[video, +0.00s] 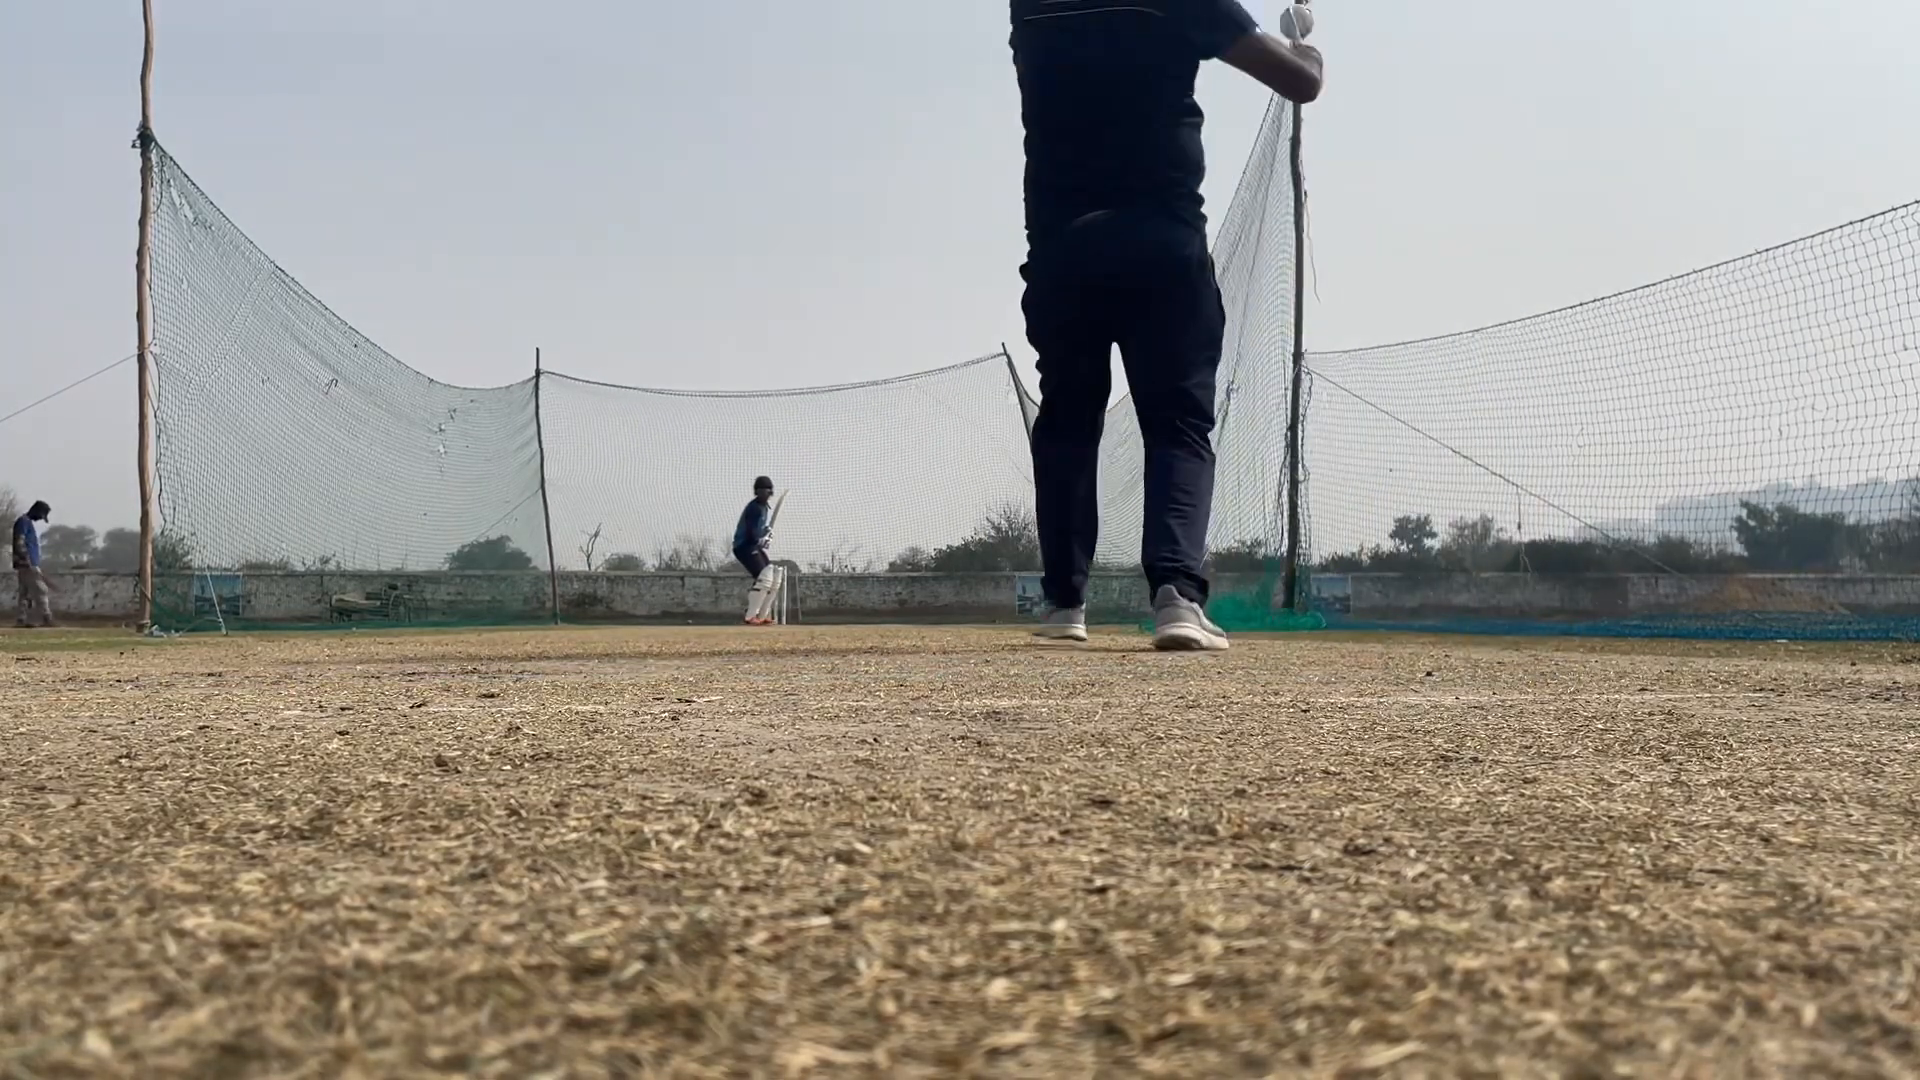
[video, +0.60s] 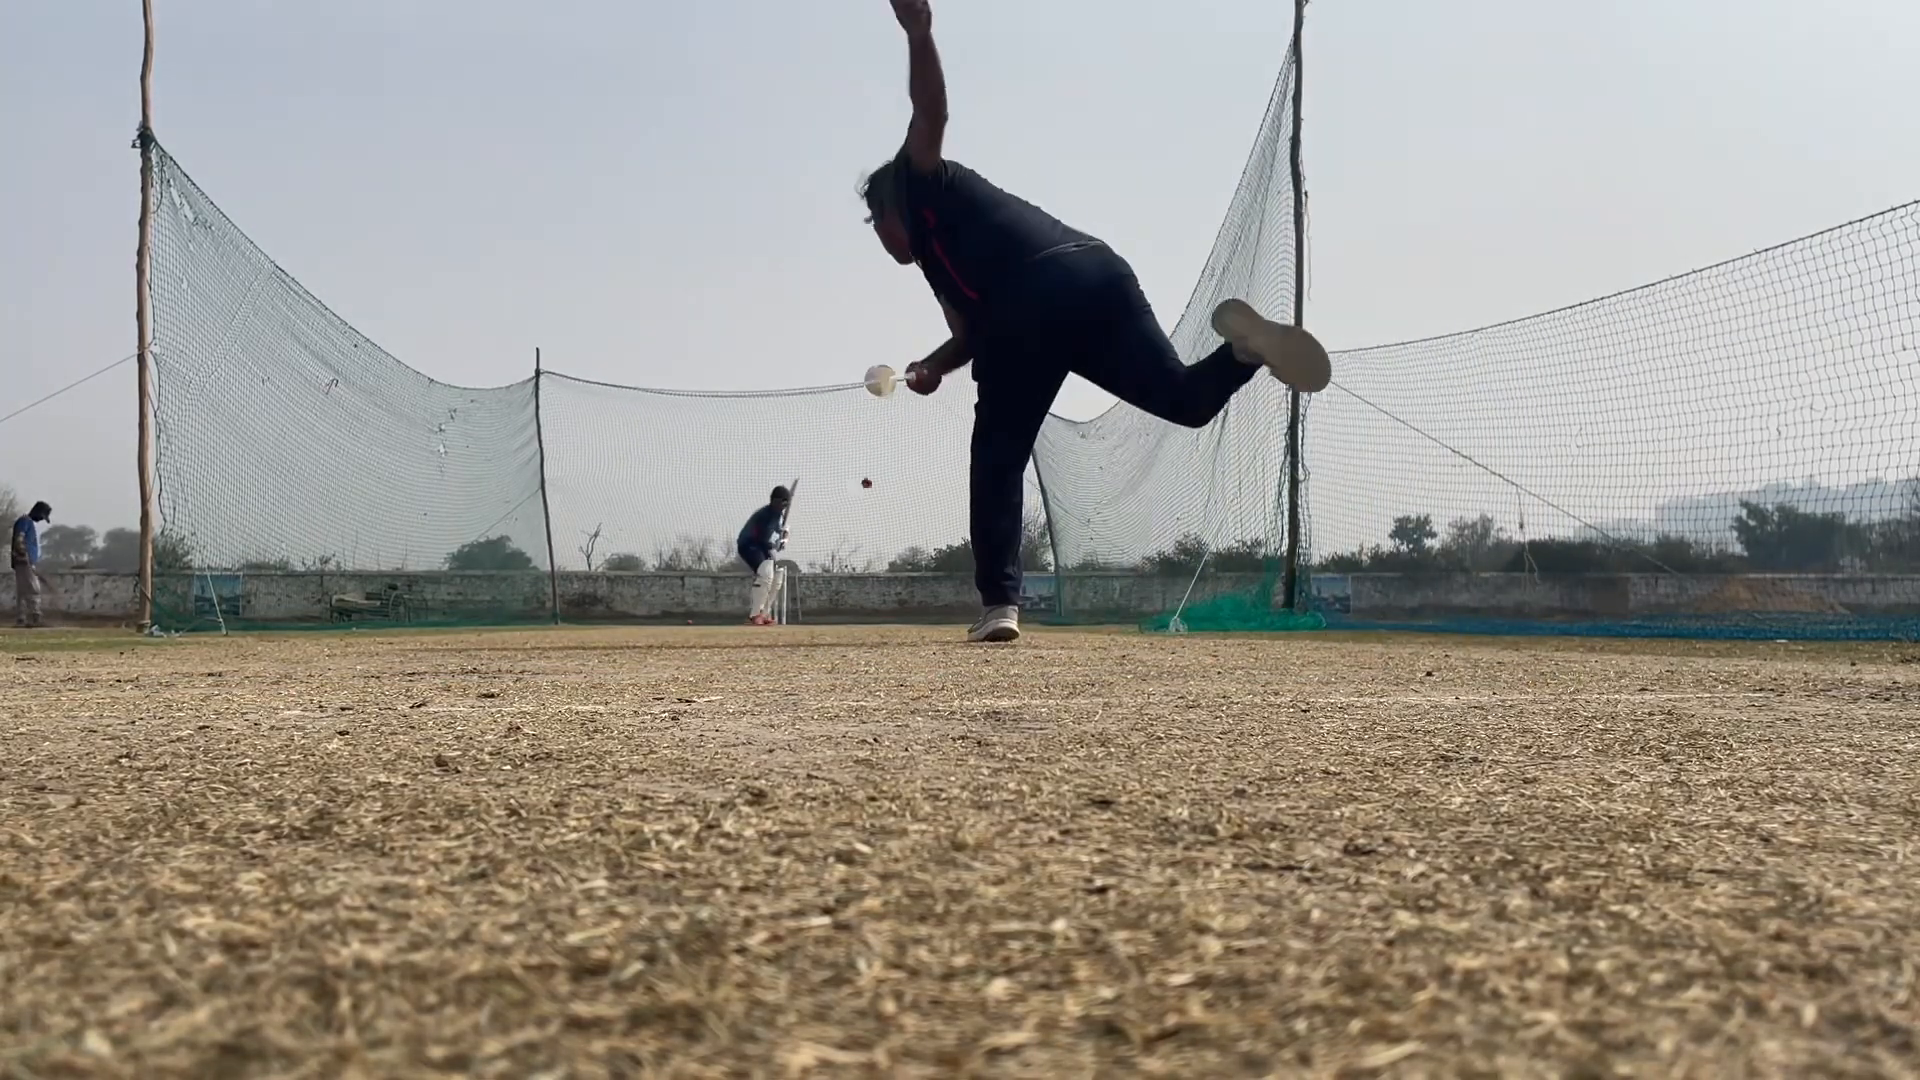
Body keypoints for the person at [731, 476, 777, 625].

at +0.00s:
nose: (768, 493)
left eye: (770, 490)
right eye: (764, 490)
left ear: (771, 491)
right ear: (757, 491)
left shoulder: (764, 508)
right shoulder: (754, 507)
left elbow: (763, 528)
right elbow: (753, 532)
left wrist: (766, 538)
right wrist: (763, 536)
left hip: (755, 545)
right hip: (744, 546)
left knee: (774, 576)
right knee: (764, 576)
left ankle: (762, 616)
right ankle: (751, 615)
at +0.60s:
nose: (785, 504)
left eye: (787, 501)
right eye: (783, 501)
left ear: (787, 502)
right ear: (774, 500)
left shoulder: (777, 514)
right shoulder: (767, 515)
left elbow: (775, 527)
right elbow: (764, 541)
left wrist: (781, 532)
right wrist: (778, 544)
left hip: (762, 545)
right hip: (749, 545)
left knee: (777, 576)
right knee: (766, 572)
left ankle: (765, 613)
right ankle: (756, 614)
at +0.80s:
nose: (792, 508)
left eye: (795, 505)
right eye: (790, 504)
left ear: (796, 504)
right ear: (783, 501)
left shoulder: (784, 512)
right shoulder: (774, 514)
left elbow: (783, 522)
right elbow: (770, 540)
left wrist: (790, 527)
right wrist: (785, 541)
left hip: (766, 543)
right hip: (754, 544)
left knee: (768, 577)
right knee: (771, 575)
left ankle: (762, 615)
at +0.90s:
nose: (800, 507)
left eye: (802, 504)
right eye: (799, 503)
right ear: (792, 500)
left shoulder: (788, 511)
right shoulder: (780, 511)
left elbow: (792, 524)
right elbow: (777, 538)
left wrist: (794, 529)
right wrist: (791, 538)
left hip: (768, 543)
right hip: (759, 544)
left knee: (772, 578)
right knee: (777, 576)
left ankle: (763, 615)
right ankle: (782, 615)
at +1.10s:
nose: (811, 502)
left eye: (812, 499)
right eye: (810, 498)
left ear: (798, 493)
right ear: (804, 496)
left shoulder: (784, 499)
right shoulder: (793, 508)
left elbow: (767, 505)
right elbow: (797, 535)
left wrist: (782, 515)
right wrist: (802, 528)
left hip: (763, 542)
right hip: (770, 544)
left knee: (773, 578)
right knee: (790, 573)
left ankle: (764, 615)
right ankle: (785, 616)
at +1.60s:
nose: (812, 496)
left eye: (813, 492)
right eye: (813, 492)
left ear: (799, 487)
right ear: (808, 492)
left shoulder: (784, 497)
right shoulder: (798, 505)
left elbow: (766, 505)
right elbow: (804, 532)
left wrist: (783, 513)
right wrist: (798, 516)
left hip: (768, 542)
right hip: (778, 543)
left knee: (777, 578)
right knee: (795, 575)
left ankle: (766, 614)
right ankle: (786, 616)